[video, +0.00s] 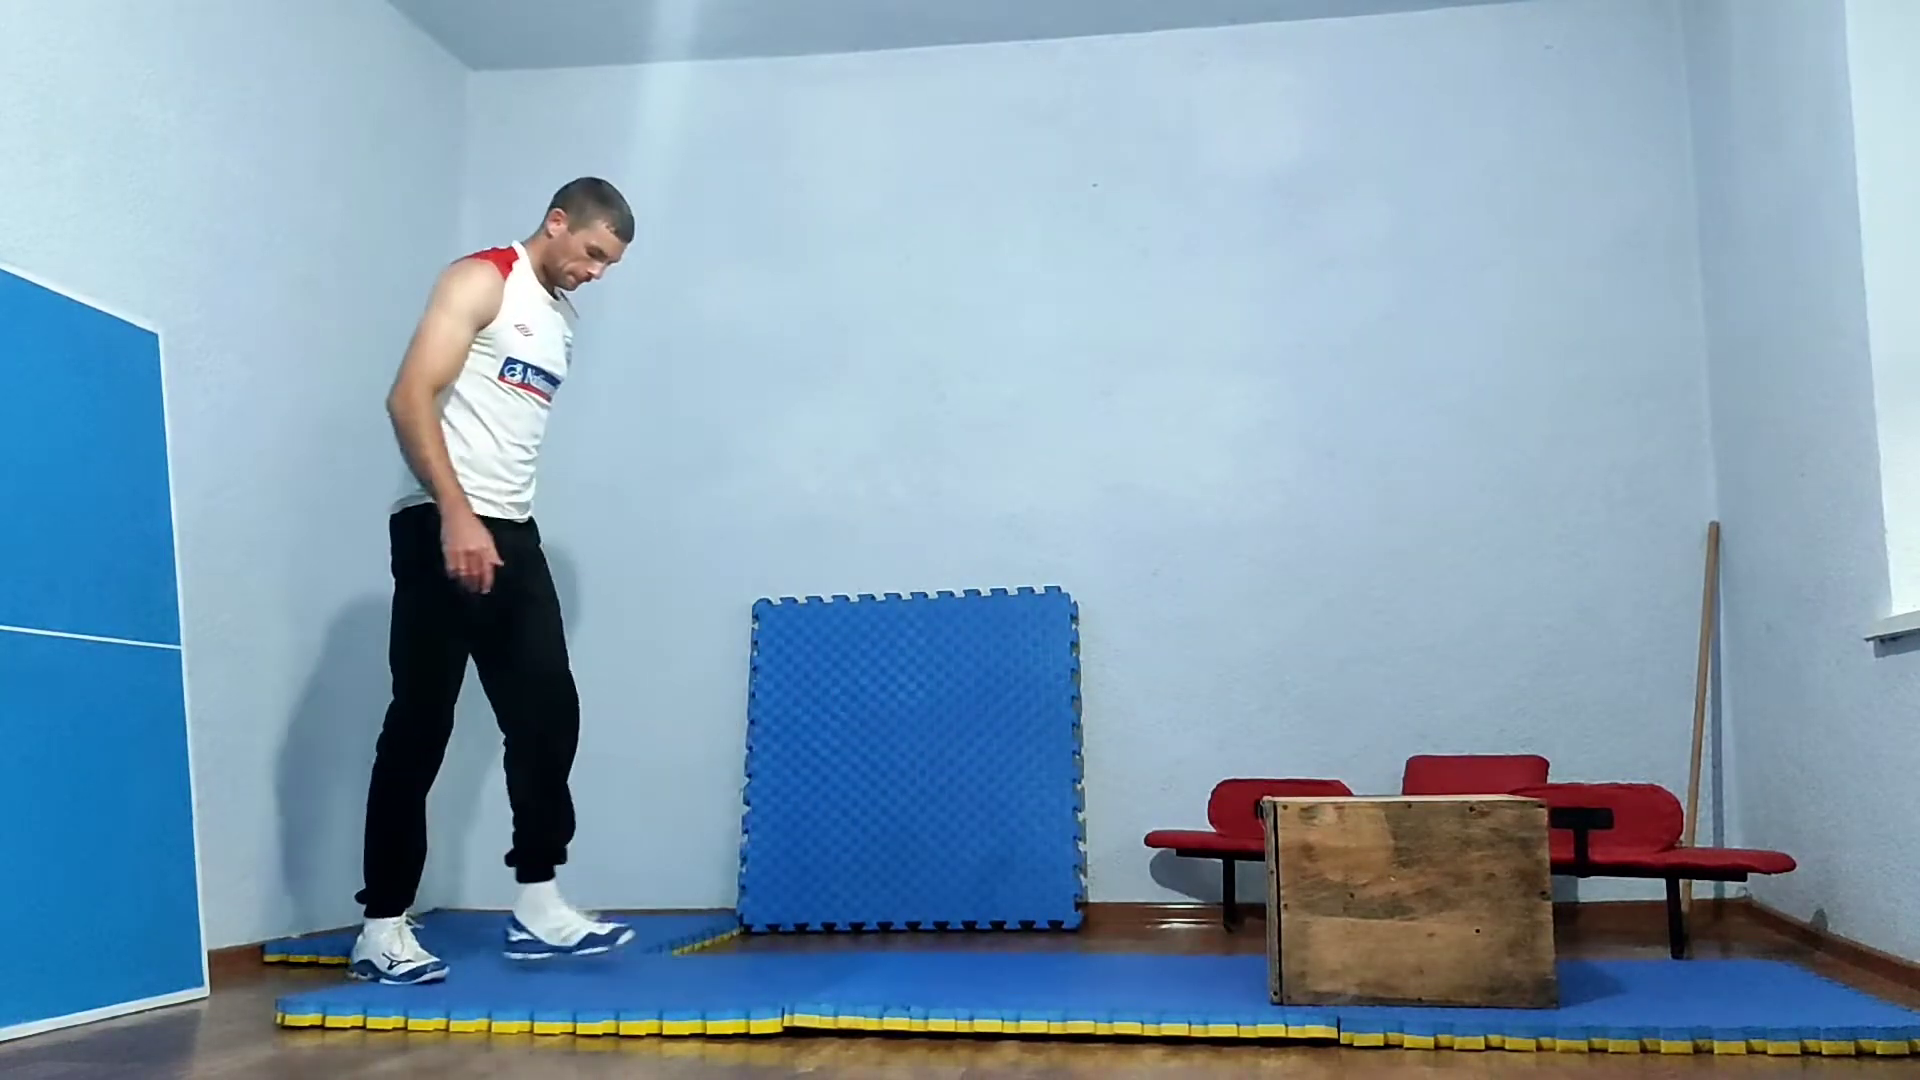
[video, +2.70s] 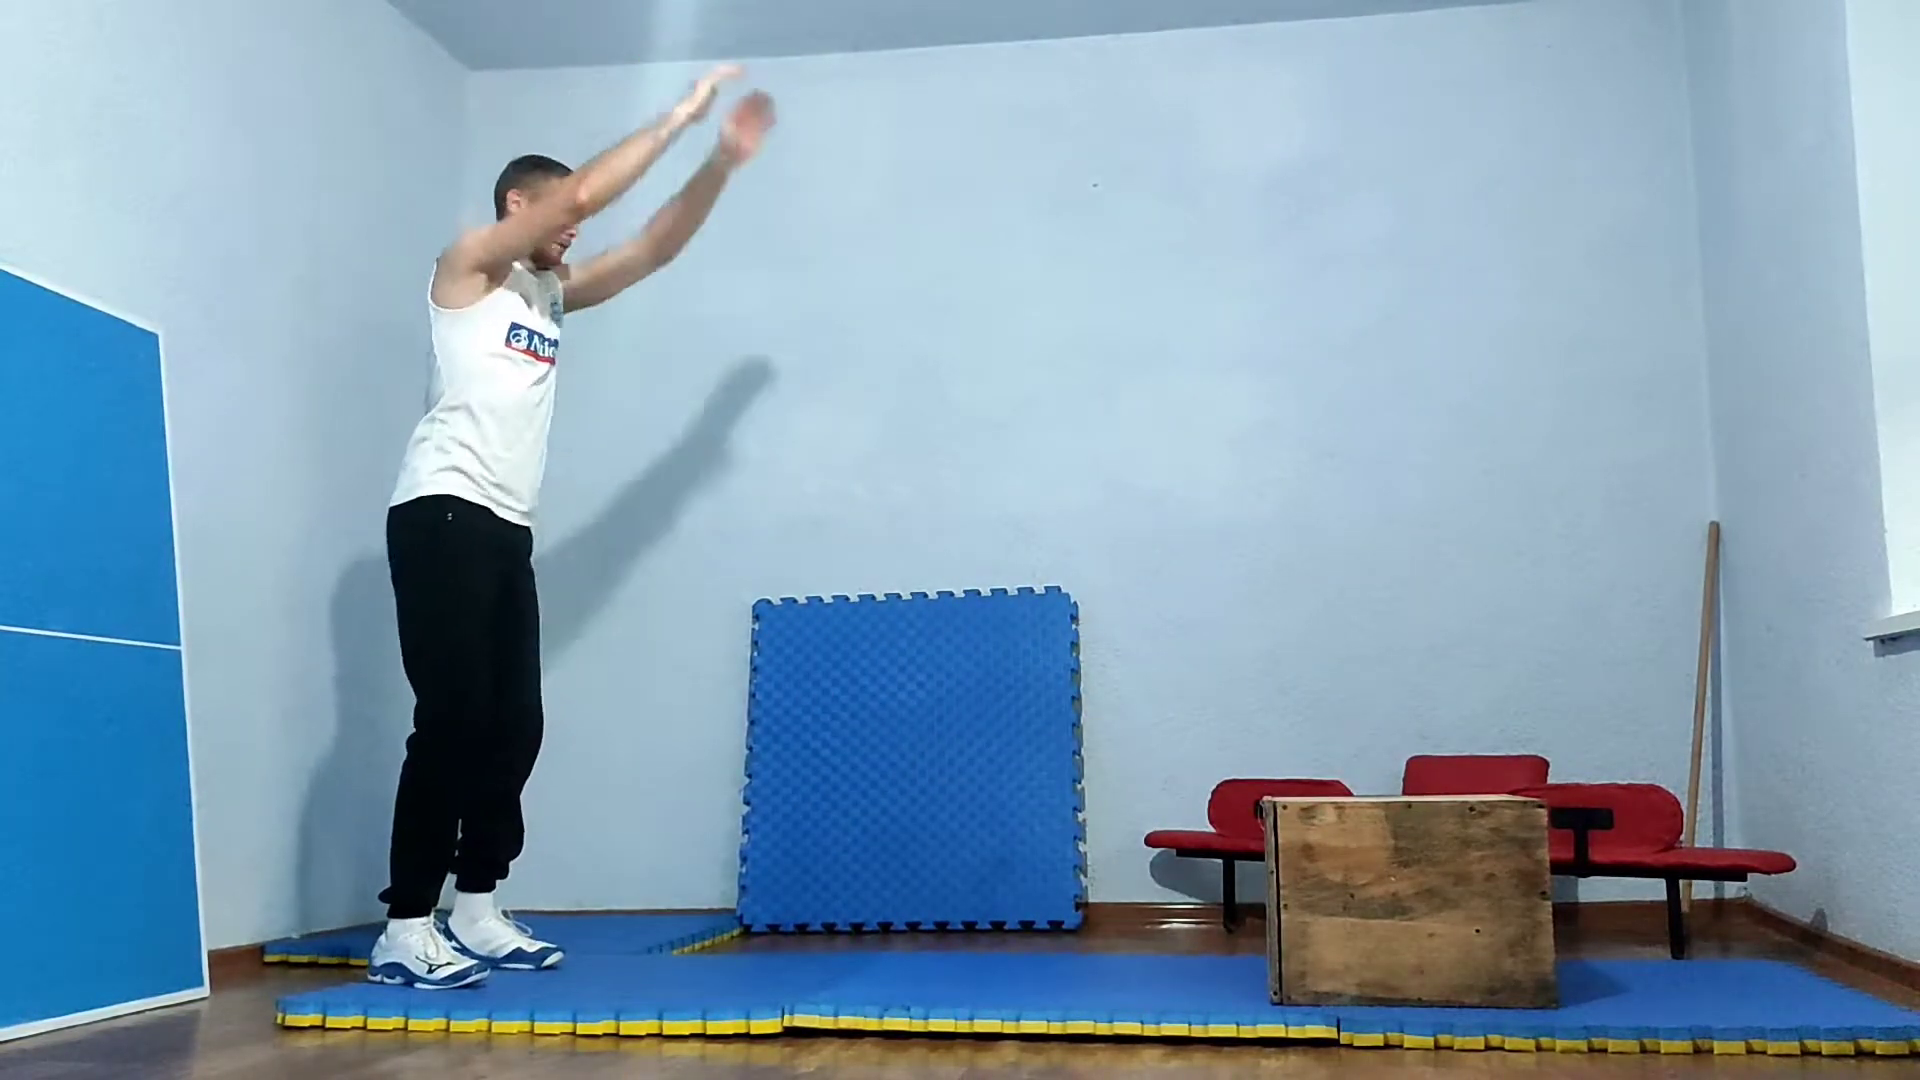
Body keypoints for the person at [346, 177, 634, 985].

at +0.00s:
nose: (596, 271)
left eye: (608, 261)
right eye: (593, 252)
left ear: (604, 258)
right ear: (554, 222)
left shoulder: (555, 313)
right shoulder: (478, 281)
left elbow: (503, 424)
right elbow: (410, 400)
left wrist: (511, 519)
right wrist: (456, 512)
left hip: (512, 538)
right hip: (440, 533)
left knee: (546, 715)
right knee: (417, 726)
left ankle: (539, 901)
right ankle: (384, 924)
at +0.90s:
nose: (548, 248)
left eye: (555, 238)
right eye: (542, 230)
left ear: (536, 235)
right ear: (496, 212)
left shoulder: (513, 323)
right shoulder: (439, 281)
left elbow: (539, 447)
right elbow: (440, 397)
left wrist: (600, 526)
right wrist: (545, 464)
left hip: (491, 535)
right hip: (434, 529)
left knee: (500, 725)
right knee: (443, 721)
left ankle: (469, 910)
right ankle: (407, 929)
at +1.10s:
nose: (535, 236)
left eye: (540, 224)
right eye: (525, 218)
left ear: (513, 222)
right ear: (477, 207)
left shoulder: (504, 318)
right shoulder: (427, 273)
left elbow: (591, 392)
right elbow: (496, 321)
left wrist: (696, 397)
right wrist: (625, 322)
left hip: (484, 529)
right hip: (426, 523)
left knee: (503, 726)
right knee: (438, 721)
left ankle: (470, 909)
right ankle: (406, 931)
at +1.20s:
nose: (532, 226)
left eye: (536, 217)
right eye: (521, 211)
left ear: (518, 220)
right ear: (471, 205)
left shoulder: (511, 309)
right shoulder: (423, 277)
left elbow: (620, 331)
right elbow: (519, 257)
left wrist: (709, 289)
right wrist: (637, 219)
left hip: (488, 529)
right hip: (430, 523)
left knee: (497, 726)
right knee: (440, 721)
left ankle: (468, 909)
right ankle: (404, 930)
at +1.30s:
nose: (534, 224)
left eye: (536, 212)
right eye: (521, 208)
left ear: (521, 219)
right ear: (474, 206)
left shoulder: (517, 294)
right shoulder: (434, 273)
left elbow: (618, 268)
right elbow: (509, 198)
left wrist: (694, 197)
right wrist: (622, 132)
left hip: (495, 525)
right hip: (438, 521)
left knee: (499, 726)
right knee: (454, 718)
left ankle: (468, 908)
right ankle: (406, 927)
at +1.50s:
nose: (534, 202)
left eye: (540, 194)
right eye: (520, 186)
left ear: (539, 209)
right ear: (483, 187)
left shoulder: (522, 276)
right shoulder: (444, 256)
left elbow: (590, 194)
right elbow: (497, 134)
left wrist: (628, 89)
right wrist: (561, 40)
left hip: (516, 519)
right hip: (456, 514)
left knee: (514, 719)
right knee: (460, 716)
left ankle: (472, 908)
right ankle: (407, 925)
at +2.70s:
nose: (576, 224)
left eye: (578, 210)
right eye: (566, 207)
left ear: (551, 215)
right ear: (515, 202)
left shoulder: (549, 296)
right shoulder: (472, 262)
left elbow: (655, 247)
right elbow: (580, 199)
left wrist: (724, 164)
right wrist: (677, 118)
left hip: (506, 534)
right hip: (442, 518)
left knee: (515, 724)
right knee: (455, 718)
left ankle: (472, 910)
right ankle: (405, 927)